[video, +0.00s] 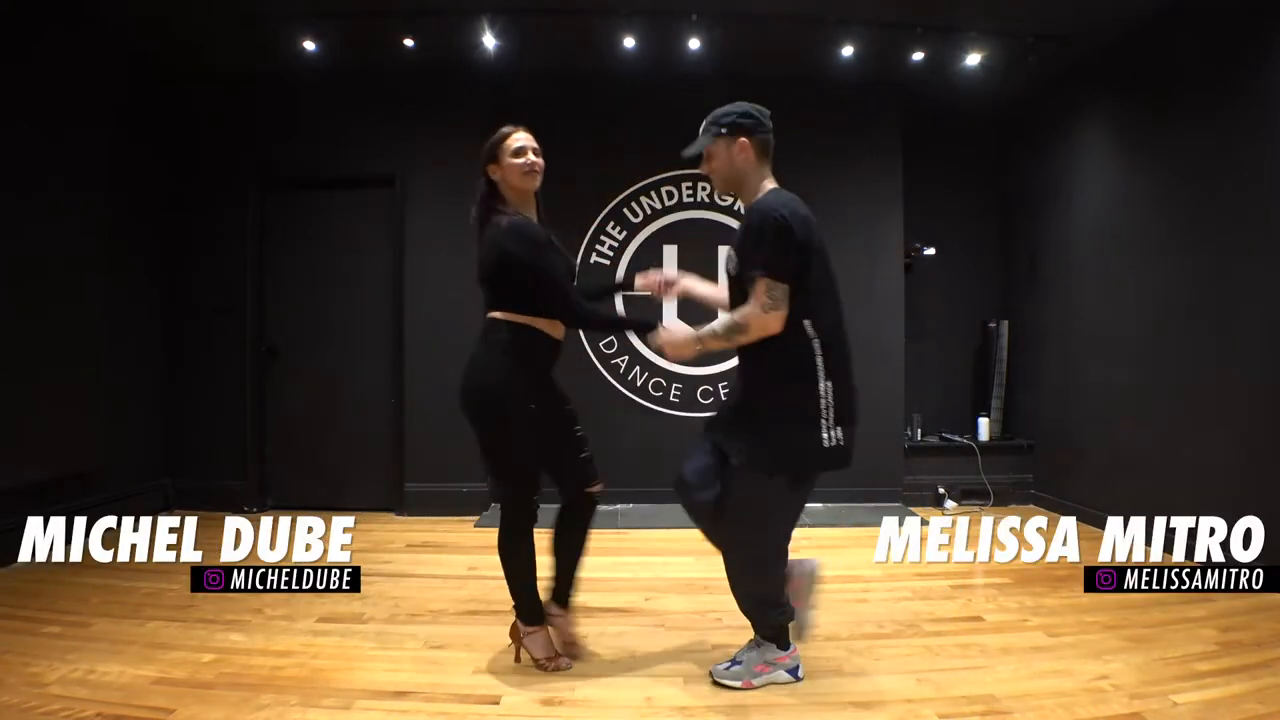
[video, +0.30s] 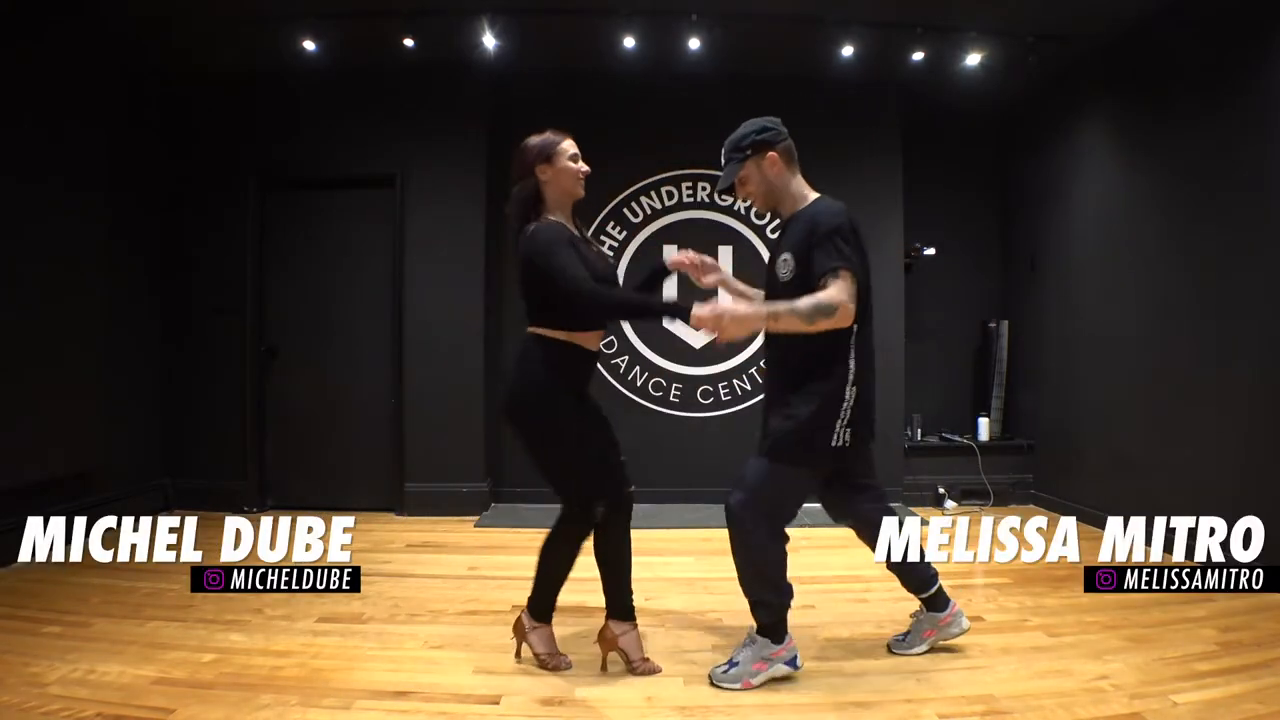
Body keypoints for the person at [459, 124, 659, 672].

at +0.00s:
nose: (532, 159)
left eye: (536, 152)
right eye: (518, 153)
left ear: (542, 166)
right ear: (494, 172)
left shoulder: (535, 229)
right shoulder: (510, 233)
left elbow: (572, 292)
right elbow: (572, 313)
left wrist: (630, 282)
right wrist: (645, 326)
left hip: (532, 374)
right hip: (502, 374)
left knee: (582, 488)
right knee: (519, 499)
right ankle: (529, 624)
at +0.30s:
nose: (585, 167)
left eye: (583, 159)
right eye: (574, 160)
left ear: (565, 174)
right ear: (542, 172)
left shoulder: (575, 237)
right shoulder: (545, 237)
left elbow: (618, 291)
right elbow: (585, 299)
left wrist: (672, 274)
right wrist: (675, 308)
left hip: (570, 384)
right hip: (541, 387)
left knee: (616, 498)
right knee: (582, 502)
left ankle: (621, 623)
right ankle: (536, 619)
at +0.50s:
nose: (591, 174)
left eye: (587, 166)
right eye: (580, 166)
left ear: (561, 177)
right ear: (549, 176)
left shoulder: (569, 241)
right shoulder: (546, 237)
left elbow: (602, 333)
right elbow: (614, 280)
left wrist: (668, 356)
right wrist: (690, 243)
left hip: (581, 386)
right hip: (553, 389)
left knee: (622, 504)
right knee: (619, 503)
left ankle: (619, 623)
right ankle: (546, 608)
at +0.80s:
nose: (562, 158)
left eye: (559, 149)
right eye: (552, 150)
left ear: (528, 162)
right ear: (521, 160)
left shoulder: (521, 221)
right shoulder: (530, 225)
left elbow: (577, 294)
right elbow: (589, 306)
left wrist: (631, 290)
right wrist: (669, 317)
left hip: (519, 369)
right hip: (517, 372)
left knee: (571, 488)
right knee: (541, 497)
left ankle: (568, 615)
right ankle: (517, 632)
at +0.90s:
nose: (550, 158)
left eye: (547, 149)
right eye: (539, 149)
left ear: (516, 162)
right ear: (509, 161)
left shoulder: (501, 222)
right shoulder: (524, 227)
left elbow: (557, 284)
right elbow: (568, 312)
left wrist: (611, 256)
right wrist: (646, 347)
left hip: (500, 365)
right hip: (511, 367)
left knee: (554, 487)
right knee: (532, 495)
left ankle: (502, 597)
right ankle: (520, 632)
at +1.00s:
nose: (529, 161)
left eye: (526, 152)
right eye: (518, 153)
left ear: (490, 168)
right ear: (486, 165)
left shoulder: (471, 228)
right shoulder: (506, 231)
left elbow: (536, 274)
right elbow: (533, 316)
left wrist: (593, 232)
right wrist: (605, 352)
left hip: (468, 364)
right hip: (499, 367)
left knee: (498, 490)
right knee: (515, 497)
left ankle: (439, 597)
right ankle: (518, 632)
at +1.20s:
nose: (501, 159)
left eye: (498, 151)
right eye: (489, 151)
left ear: (468, 164)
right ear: (457, 162)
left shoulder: (470, 221)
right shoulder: (462, 221)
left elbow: (518, 275)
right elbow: (482, 291)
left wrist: (588, 266)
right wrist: (567, 304)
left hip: (442, 359)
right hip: (461, 361)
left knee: (447, 483)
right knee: (500, 482)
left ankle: (424, 603)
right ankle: (487, 619)